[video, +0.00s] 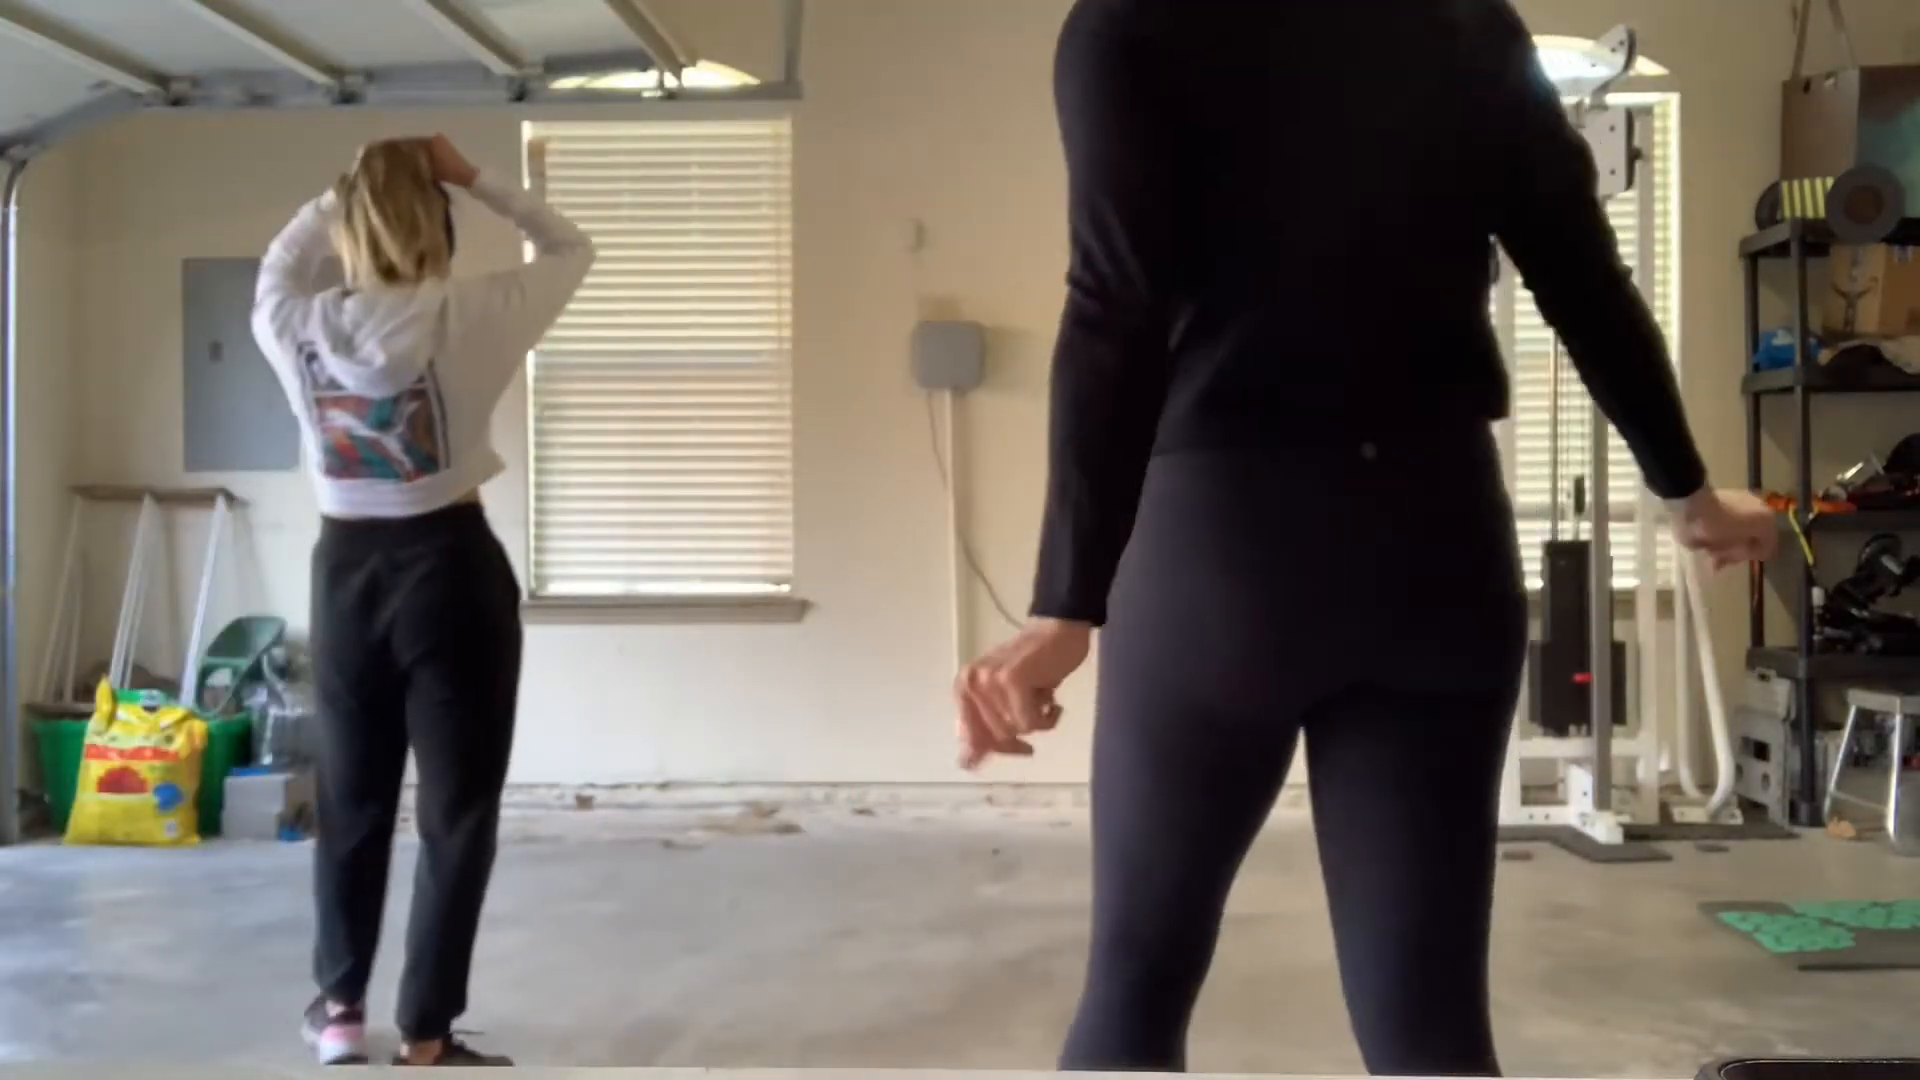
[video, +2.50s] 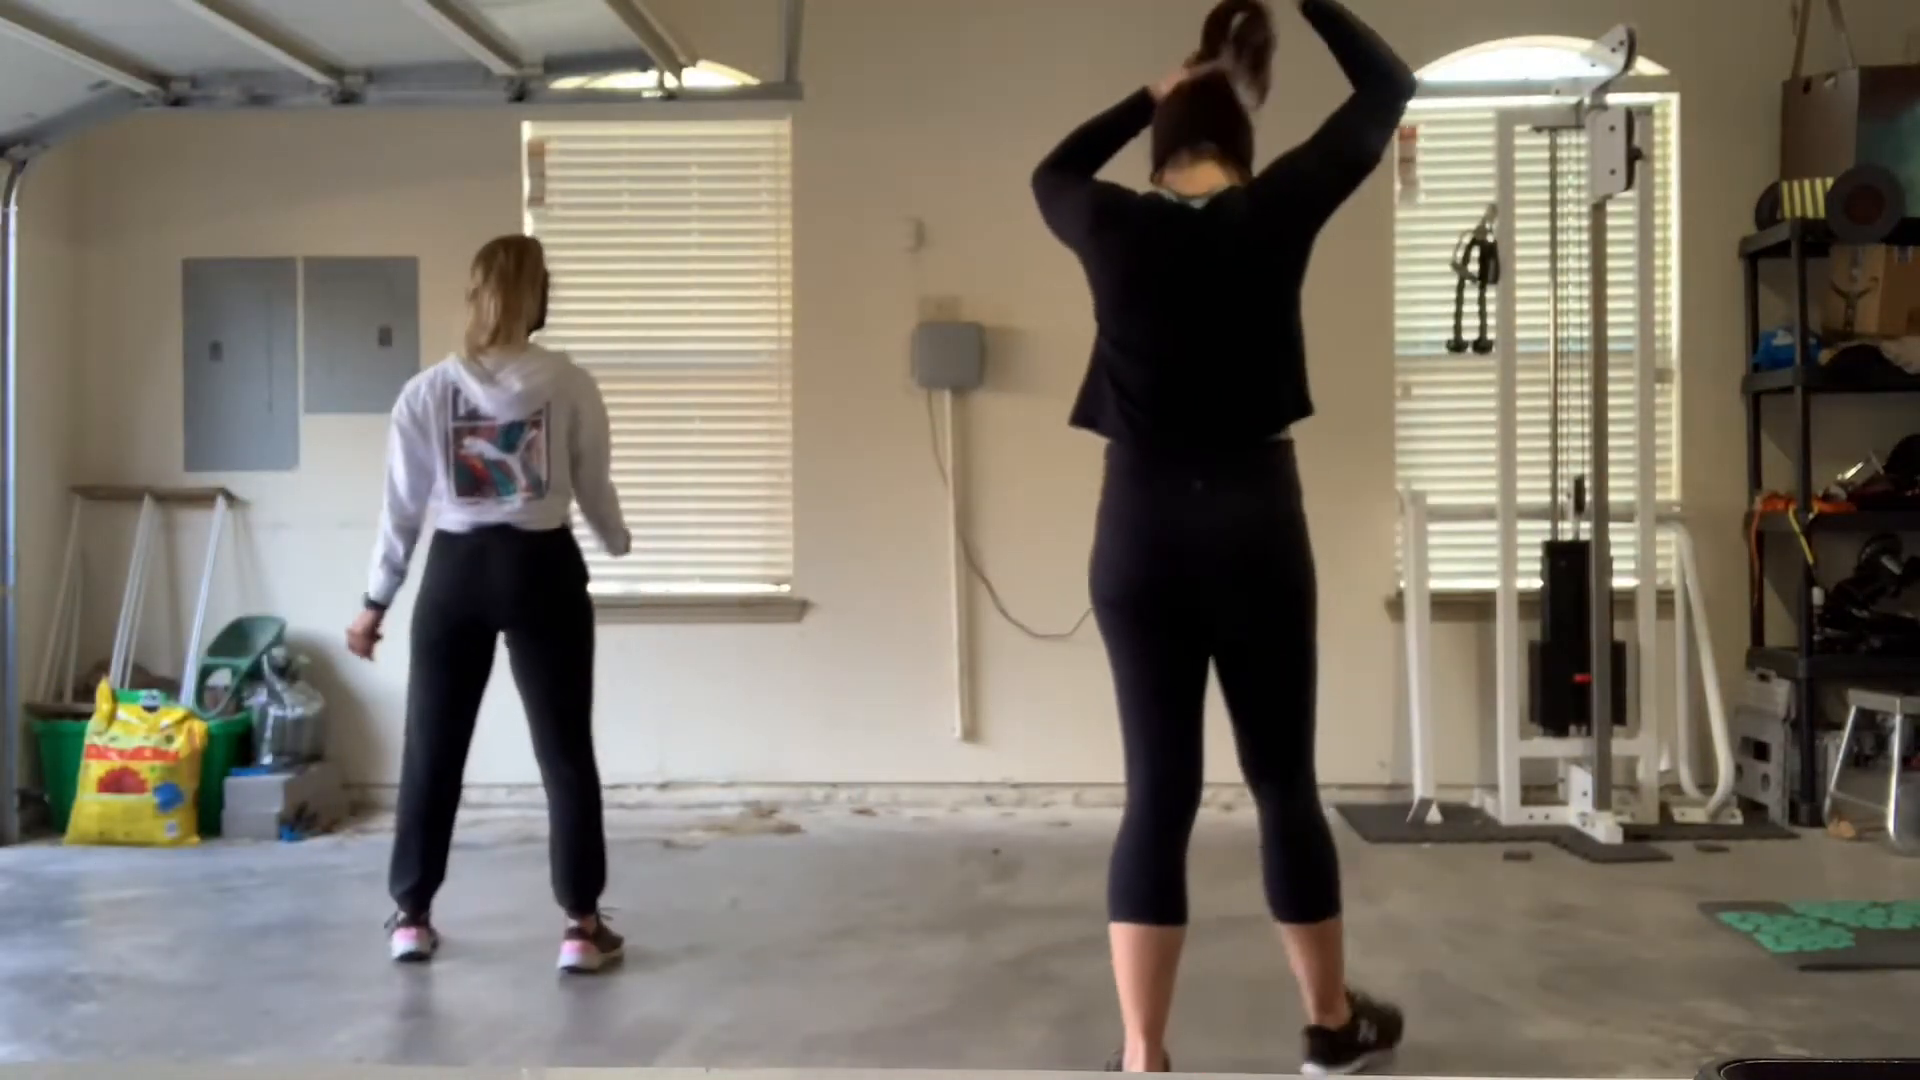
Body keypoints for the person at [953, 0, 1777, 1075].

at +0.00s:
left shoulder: (1123, 26)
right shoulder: (1463, 24)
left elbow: (1116, 307)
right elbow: (1578, 268)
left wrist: (1067, 604)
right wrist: (1690, 493)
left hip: (1222, 532)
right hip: (1438, 532)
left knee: (1133, 990)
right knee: (1431, 1025)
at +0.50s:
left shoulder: (944, 34)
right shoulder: (1236, 27)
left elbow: (756, 196)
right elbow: (1439, 177)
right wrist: (1352, 49)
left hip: (1036, 543)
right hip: (1232, 530)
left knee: (1073, 940)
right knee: (1253, 895)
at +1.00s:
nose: (1071, 19)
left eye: (1070, 9)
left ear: (1077, 11)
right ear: (1203, 6)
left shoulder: (1020, 92)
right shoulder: (1281, 90)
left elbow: (874, 6)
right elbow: (1450, 5)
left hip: (1074, 553)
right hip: (1248, 554)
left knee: (1080, 933)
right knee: (1296, 909)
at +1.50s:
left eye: (1228, 34)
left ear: (1228, 32)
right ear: (1347, 27)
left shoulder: (1205, 129)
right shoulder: (1427, 124)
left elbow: (1051, 76)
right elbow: (1493, 16)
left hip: (1236, 529)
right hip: (1388, 534)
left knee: (1192, 835)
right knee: (1358, 858)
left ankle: (1217, 1076)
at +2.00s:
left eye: (1188, 104)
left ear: (1176, 107)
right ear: (1288, 98)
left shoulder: (1139, 211)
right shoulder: (1332, 188)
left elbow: (1047, 151)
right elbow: (1446, 41)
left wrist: (1148, 53)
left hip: (1180, 551)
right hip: (1314, 547)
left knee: (1176, 822)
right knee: (1320, 829)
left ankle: (1141, 1064)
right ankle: (1354, 1073)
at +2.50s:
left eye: (1174, 145)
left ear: (1154, 160)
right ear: (1248, 159)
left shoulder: (1110, 227)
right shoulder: (1277, 218)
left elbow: (1052, 172)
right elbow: (1387, 85)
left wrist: (1141, 103)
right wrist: (1312, 2)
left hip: (1138, 542)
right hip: (1260, 540)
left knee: (1157, 795)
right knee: (1285, 787)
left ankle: (1143, 1054)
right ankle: (1329, 1021)